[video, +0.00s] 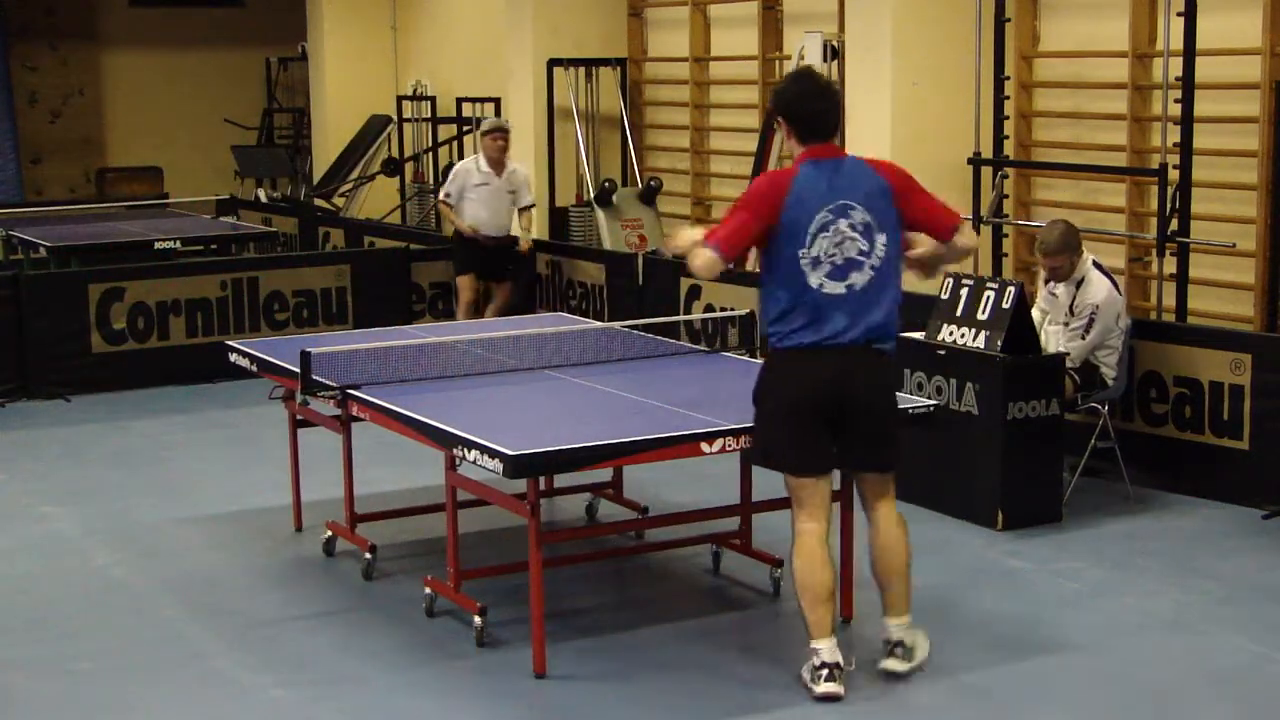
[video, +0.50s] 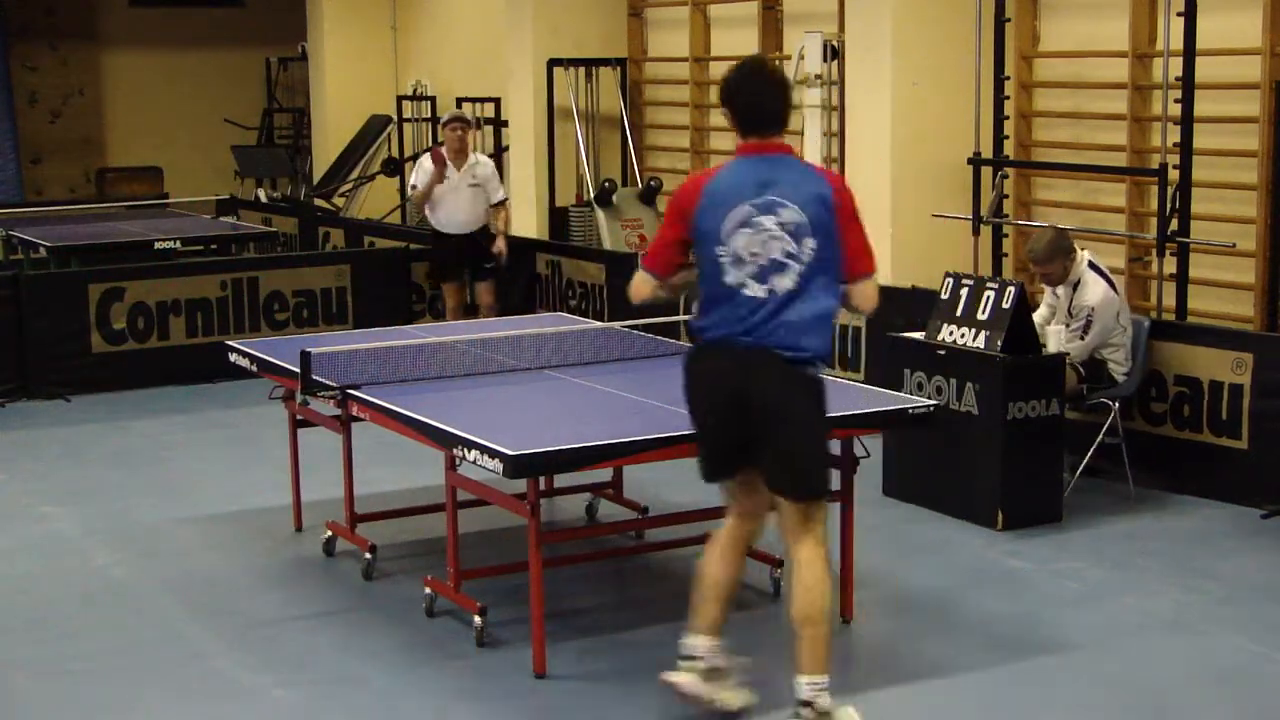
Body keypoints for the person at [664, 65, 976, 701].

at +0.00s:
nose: (777, 131)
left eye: (777, 124)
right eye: (780, 123)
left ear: (785, 128)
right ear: (840, 121)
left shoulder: (774, 189)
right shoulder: (885, 178)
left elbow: (708, 263)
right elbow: (960, 242)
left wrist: (691, 247)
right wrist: (923, 259)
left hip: (797, 375)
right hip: (871, 371)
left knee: (810, 514)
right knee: (881, 500)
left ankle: (825, 656)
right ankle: (899, 638)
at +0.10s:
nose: (765, 125)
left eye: (766, 117)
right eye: (771, 115)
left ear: (775, 123)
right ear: (828, 116)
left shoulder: (772, 183)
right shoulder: (865, 173)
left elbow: (760, 264)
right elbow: (928, 244)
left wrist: (679, 254)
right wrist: (947, 251)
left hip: (789, 369)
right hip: (860, 367)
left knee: (804, 516)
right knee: (870, 504)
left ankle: (824, 662)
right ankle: (877, 650)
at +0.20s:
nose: (758, 131)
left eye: (759, 123)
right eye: (766, 121)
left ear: (767, 131)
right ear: (822, 125)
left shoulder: (758, 197)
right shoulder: (864, 192)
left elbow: (752, 299)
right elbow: (900, 285)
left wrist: (685, 281)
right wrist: (924, 266)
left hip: (780, 382)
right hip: (851, 381)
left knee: (802, 518)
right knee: (851, 520)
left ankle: (822, 659)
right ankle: (849, 653)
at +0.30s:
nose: (758, 139)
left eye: (758, 131)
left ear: (762, 137)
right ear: (821, 134)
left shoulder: (737, 217)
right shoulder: (863, 212)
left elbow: (704, 325)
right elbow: (894, 318)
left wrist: (683, 280)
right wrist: (882, 255)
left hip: (763, 396)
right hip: (837, 396)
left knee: (793, 530)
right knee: (837, 542)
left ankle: (814, 661)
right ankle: (832, 693)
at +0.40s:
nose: (748, 138)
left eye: (748, 130)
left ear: (752, 136)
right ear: (809, 131)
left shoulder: (726, 206)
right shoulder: (850, 203)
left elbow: (664, 298)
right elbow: (886, 309)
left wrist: (683, 277)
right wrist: (844, 272)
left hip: (741, 390)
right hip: (814, 393)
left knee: (769, 517)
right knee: (828, 540)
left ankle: (771, 656)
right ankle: (830, 692)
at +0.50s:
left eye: (734, 109)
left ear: (728, 116)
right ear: (787, 112)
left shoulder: (699, 190)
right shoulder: (827, 188)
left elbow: (642, 289)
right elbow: (865, 298)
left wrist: (694, 274)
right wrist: (811, 270)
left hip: (715, 371)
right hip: (790, 377)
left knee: (744, 510)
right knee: (805, 533)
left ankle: (699, 656)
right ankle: (814, 695)